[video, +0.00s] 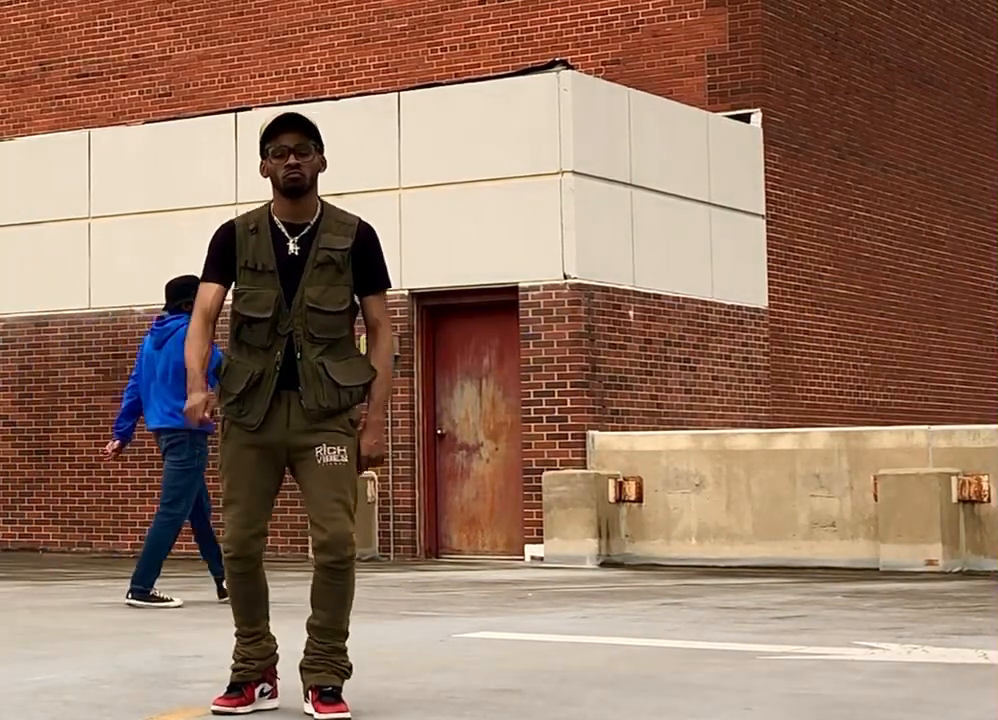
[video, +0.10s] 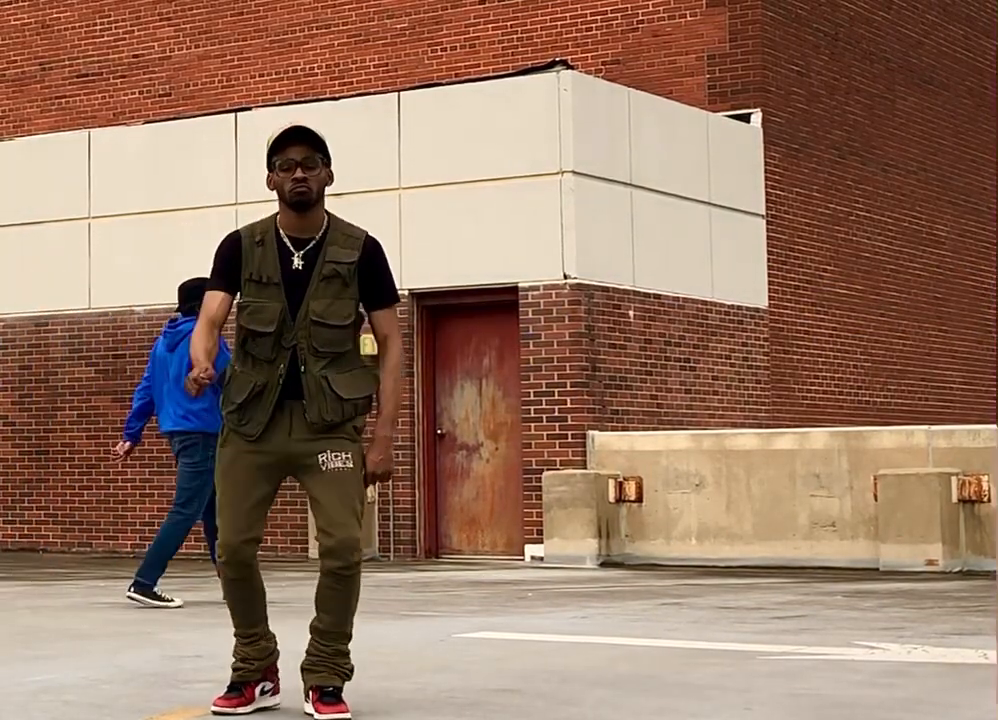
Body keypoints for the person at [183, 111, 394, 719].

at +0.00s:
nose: (291, 161)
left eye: (302, 151)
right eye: (280, 153)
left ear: (321, 162)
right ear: (264, 166)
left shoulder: (355, 236)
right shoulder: (234, 237)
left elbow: (380, 327)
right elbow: (203, 316)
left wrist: (373, 407)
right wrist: (196, 383)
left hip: (328, 411)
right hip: (250, 410)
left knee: (335, 543)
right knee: (239, 541)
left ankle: (324, 674)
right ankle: (253, 666)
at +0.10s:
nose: (297, 175)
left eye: (309, 165)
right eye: (285, 167)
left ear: (327, 175)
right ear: (271, 179)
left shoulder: (360, 250)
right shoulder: (240, 246)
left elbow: (391, 339)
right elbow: (208, 320)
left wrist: (383, 430)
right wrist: (201, 358)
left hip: (333, 424)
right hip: (250, 423)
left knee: (343, 552)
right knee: (232, 549)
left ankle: (326, 677)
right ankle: (255, 667)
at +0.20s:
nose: (312, 193)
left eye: (323, 183)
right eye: (300, 183)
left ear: (340, 193)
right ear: (284, 191)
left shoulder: (367, 265)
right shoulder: (248, 253)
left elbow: (400, 348)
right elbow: (219, 323)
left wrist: (408, 442)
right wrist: (211, 354)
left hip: (332, 431)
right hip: (251, 428)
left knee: (355, 550)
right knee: (224, 545)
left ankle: (326, 677)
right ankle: (259, 661)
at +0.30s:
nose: (327, 192)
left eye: (339, 183)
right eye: (316, 181)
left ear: (352, 193)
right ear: (296, 185)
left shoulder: (371, 262)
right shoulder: (252, 244)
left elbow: (404, 342)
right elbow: (223, 323)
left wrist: (419, 411)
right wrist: (229, 375)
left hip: (329, 424)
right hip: (250, 420)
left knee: (351, 543)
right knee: (224, 540)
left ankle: (326, 676)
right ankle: (258, 662)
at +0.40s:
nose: (337, 184)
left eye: (348, 176)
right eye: (326, 172)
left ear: (358, 184)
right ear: (300, 175)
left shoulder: (365, 250)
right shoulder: (255, 233)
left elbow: (388, 315)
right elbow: (235, 326)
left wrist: (399, 347)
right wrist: (260, 415)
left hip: (315, 411)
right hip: (238, 405)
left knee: (334, 534)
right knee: (226, 537)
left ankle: (324, 676)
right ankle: (247, 669)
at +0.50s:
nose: (324, 188)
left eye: (335, 180)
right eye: (312, 177)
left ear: (346, 188)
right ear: (286, 181)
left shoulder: (352, 256)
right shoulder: (244, 243)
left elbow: (366, 324)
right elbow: (242, 346)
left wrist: (378, 342)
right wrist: (282, 430)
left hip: (310, 415)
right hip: (234, 414)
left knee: (337, 542)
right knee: (224, 544)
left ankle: (324, 677)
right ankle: (244, 674)